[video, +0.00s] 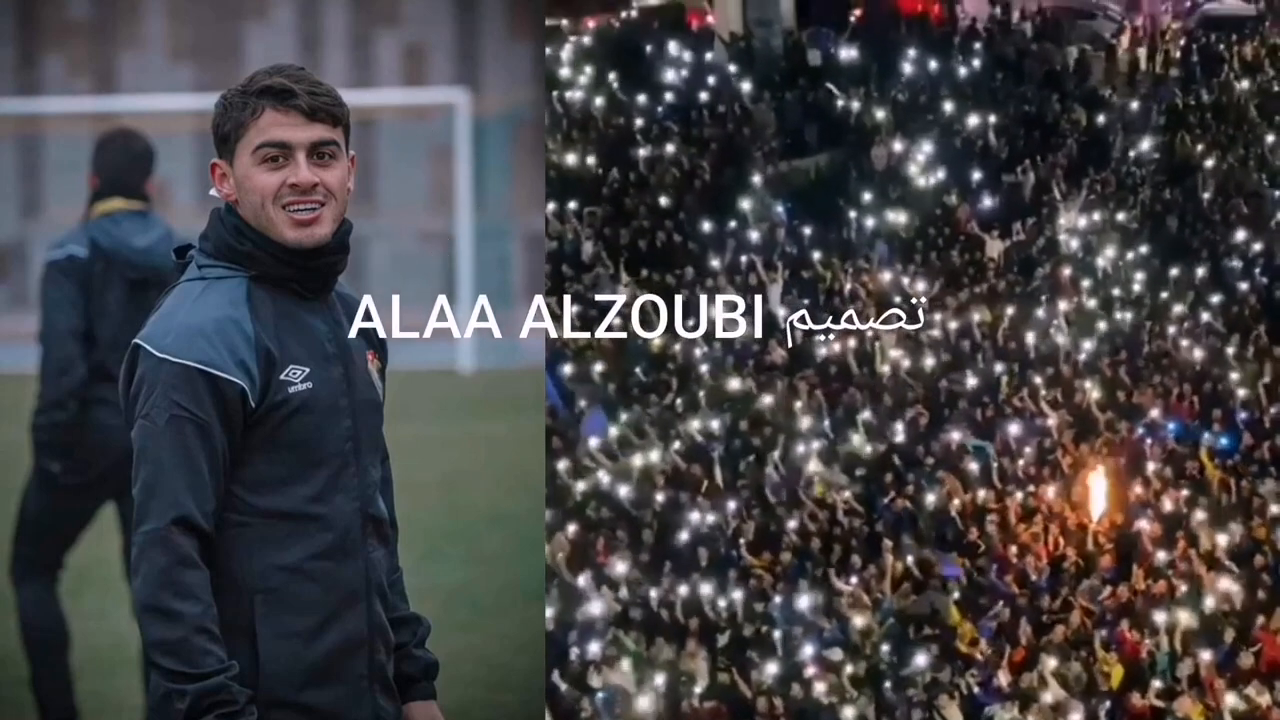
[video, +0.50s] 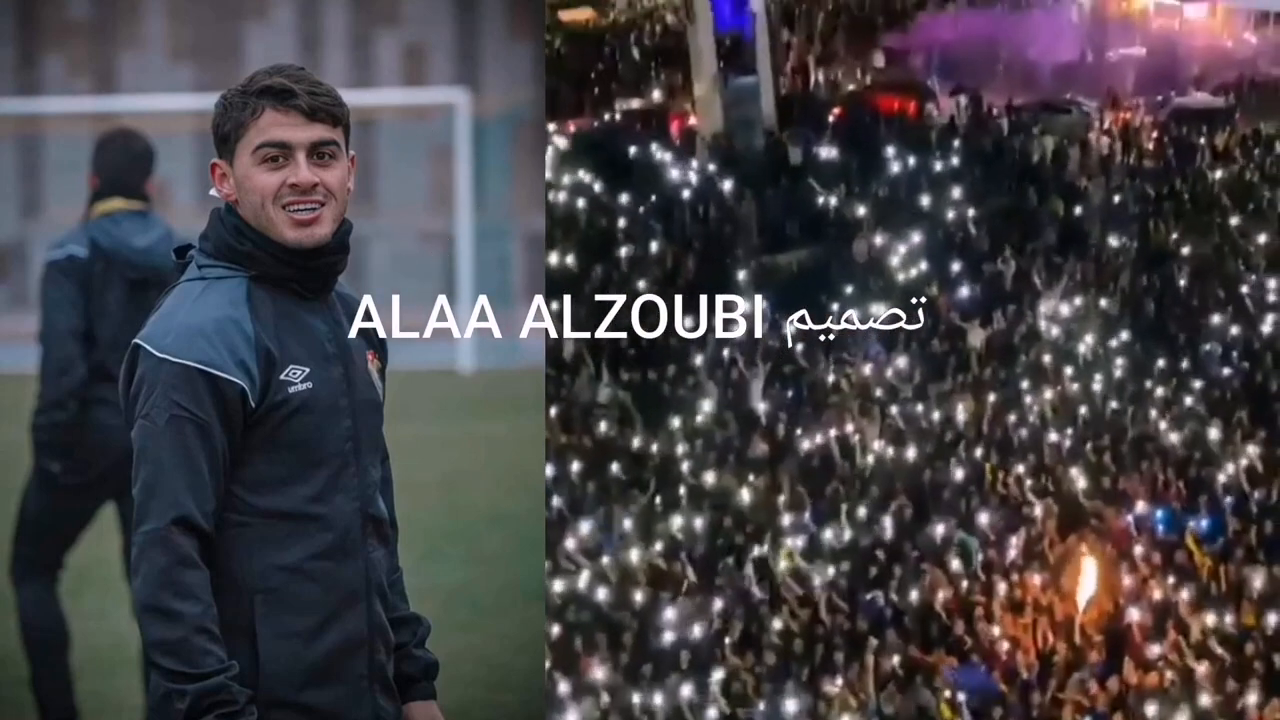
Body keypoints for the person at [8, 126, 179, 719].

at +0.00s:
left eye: (94, 173)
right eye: (149, 178)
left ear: (94, 180)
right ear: (152, 185)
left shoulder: (73, 253)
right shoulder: (178, 254)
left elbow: (65, 361)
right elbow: (190, 351)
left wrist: (51, 440)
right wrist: (175, 429)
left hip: (88, 448)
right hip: (158, 447)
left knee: (34, 569)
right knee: (157, 580)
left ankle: (57, 708)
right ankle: (167, 705)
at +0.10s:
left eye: (93, 173)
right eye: (149, 178)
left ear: (94, 180)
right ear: (152, 185)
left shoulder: (73, 253)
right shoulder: (178, 254)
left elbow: (65, 361)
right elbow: (190, 351)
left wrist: (52, 441)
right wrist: (174, 429)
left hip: (88, 448)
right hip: (158, 447)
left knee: (34, 569)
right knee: (156, 580)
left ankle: (57, 708)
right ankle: (167, 705)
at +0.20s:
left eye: (93, 173)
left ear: (94, 180)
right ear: (152, 185)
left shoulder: (73, 253)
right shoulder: (178, 254)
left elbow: (65, 361)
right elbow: (190, 351)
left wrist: (51, 440)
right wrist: (174, 428)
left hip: (88, 448)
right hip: (158, 447)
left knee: (34, 569)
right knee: (157, 580)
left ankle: (57, 708)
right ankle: (167, 705)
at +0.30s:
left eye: (93, 173)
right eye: (149, 178)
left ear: (94, 180)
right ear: (152, 185)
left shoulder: (73, 253)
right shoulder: (178, 254)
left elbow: (65, 361)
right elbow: (190, 351)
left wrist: (52, 441)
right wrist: (174, 429)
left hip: (88, 448)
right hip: (158, 447)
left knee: (34, 569)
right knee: (156, 580)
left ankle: (57, 708)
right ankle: (167, 705)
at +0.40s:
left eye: (93, 173)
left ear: (94, 180)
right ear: (152, 185)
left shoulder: (73, 253)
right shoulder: (178, 254)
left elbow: (65, 361)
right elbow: (190, 351)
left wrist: (51, 440)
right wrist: (174, 428)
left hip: (88, 448)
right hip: (158, 447)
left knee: (34, 569)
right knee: (157, 580)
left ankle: (57, 708)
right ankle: (167, 705)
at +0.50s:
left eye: (93, 173)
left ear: (94, 180)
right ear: (152, 185)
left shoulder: (73, 253)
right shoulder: (178, 254)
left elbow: (65, 361)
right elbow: (190, 351)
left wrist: (51, 440)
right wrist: (174, 428)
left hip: (88, 448)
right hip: (158, 447)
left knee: (34, 569)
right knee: (157, 580)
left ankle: (57, 708)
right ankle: (167, 705)